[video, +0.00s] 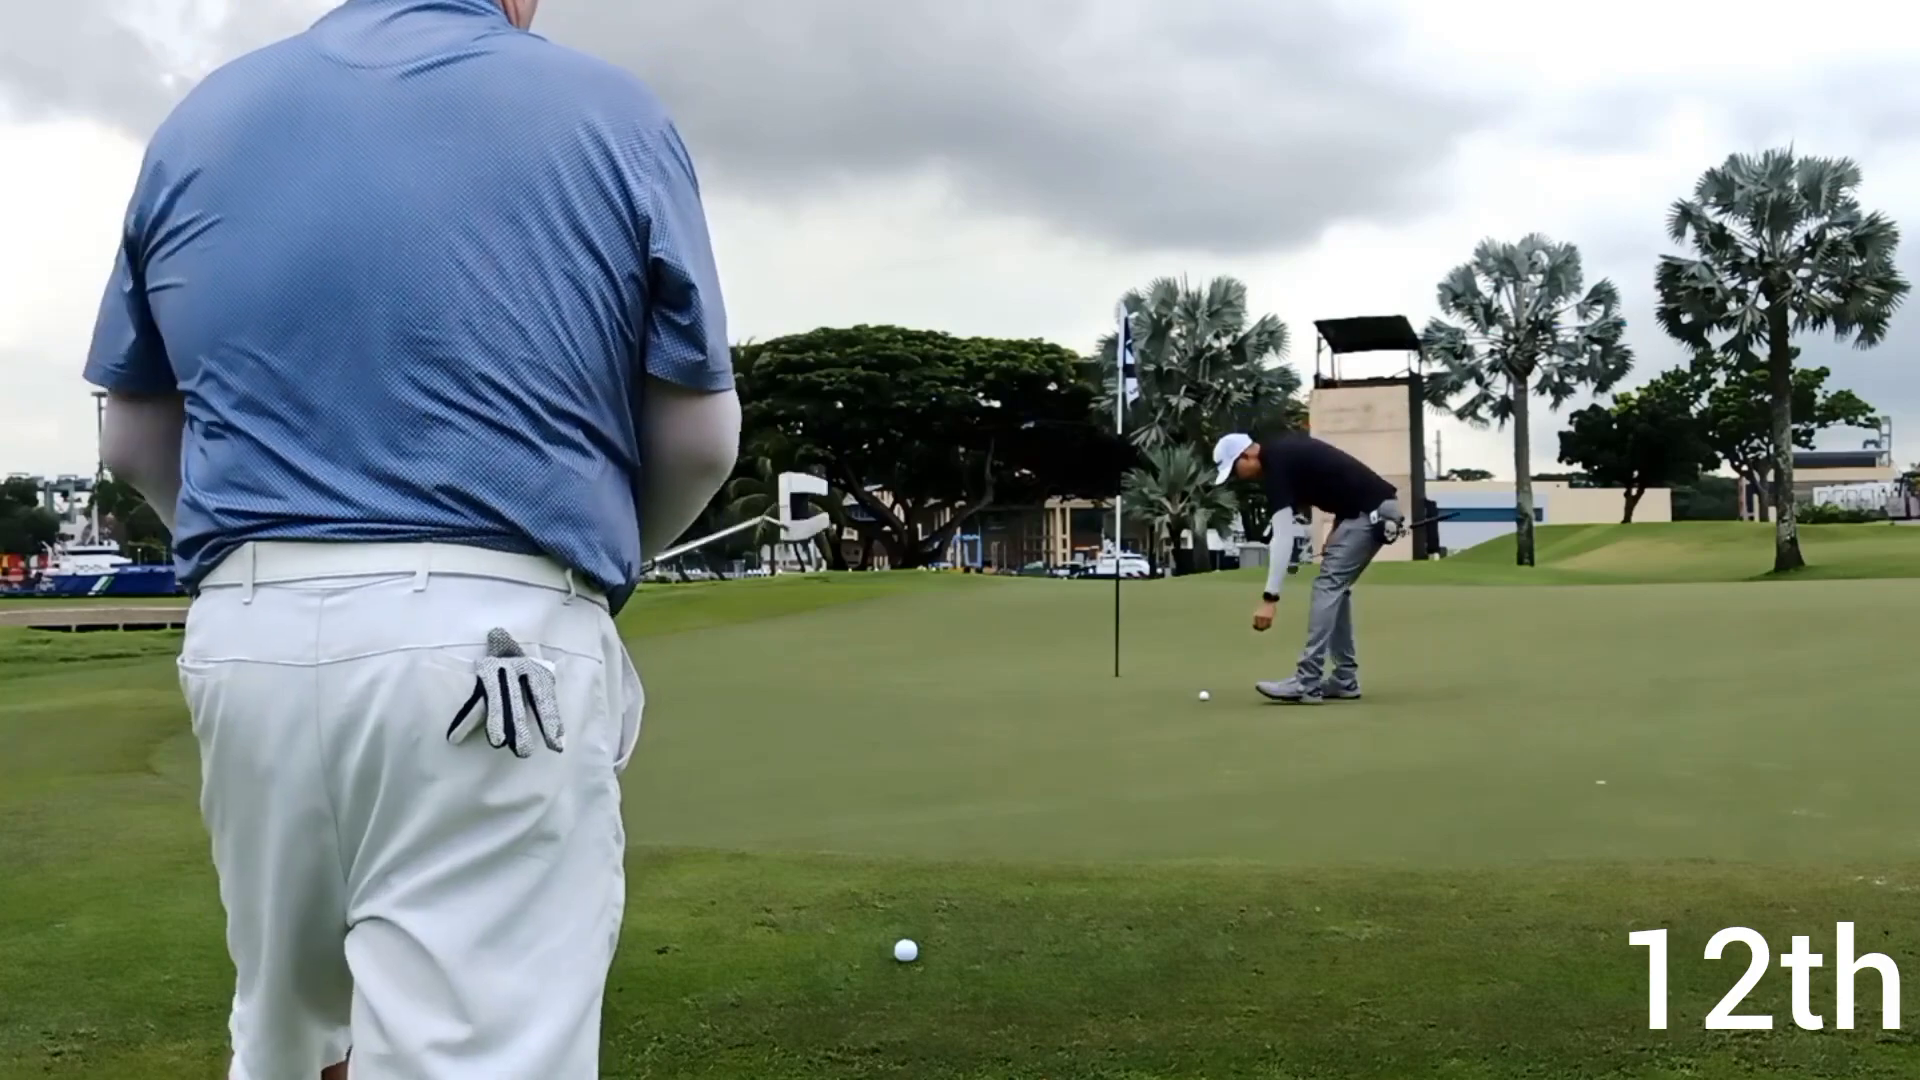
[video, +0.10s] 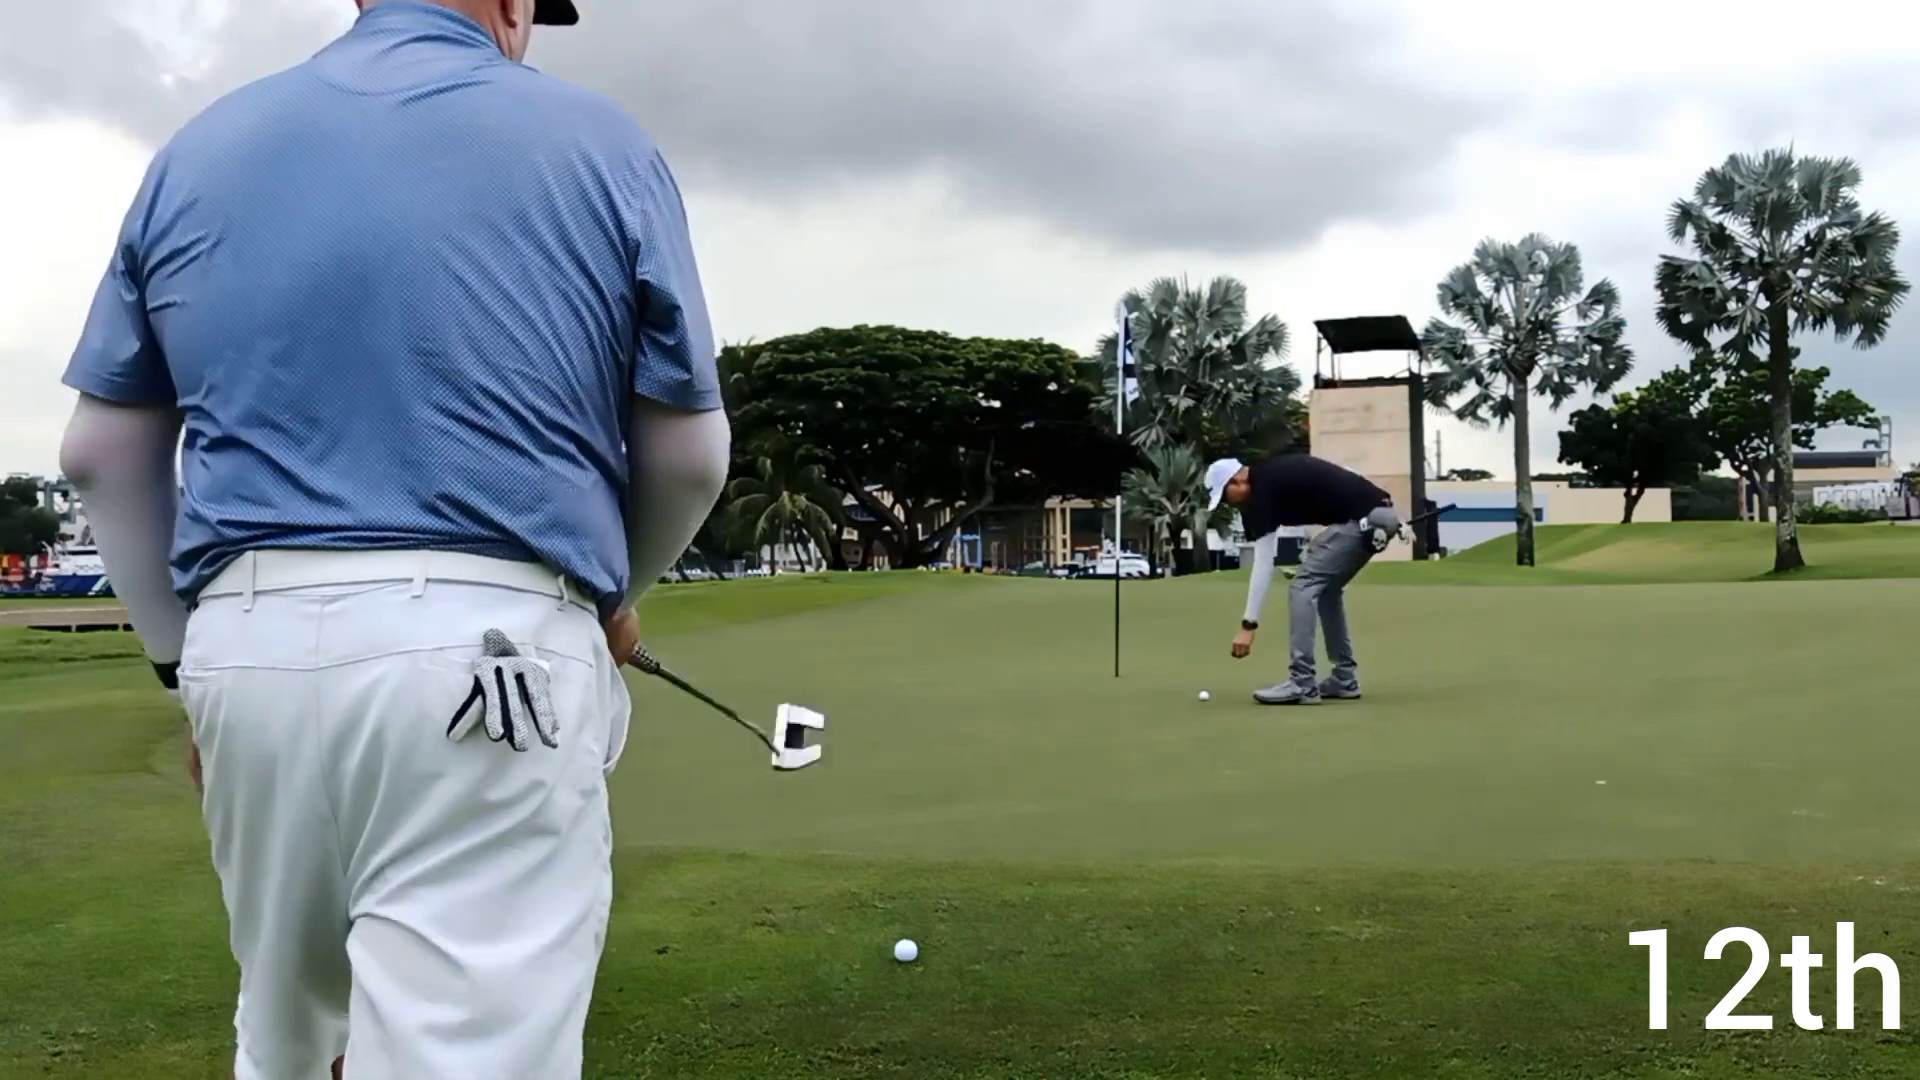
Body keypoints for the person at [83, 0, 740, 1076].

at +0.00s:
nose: (546, 22)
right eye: (546, 17)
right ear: (521, 4)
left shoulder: (206, 112)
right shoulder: (608, 108)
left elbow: (137, 436)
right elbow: (698, 439)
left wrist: (275, 536)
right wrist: (577, 552)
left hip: (250, 625)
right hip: (499, 620)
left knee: (286, 1043)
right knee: (473, 1055)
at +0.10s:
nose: (531, 39)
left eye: (535, 23)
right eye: (536, 21)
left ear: (367, 10)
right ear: (507, 11)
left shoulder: (200, 147)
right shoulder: (600, 139)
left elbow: (107, 452)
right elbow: (689, 457)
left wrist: (192, 668)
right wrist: (611, 587)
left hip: (252, 630)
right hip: (499, 623)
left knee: (287, 1037)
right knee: (466, 1052)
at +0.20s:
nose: (511, 74)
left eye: (518, 56)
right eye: (520, 49)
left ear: (347, 25)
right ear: (496, 26)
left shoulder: (196, 179)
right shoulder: (582, 172)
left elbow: (69, 444)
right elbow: (677, 468)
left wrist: (96, 701)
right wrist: (614, 629)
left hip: (241, 640)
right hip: (483, 634)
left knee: (288, 1028)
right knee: (447, 1059)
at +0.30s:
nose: (496, 84)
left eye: (502, 64)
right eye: (500, 58)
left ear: (333, 38)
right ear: (474, 46)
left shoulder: (186, 187)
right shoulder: (561, 190)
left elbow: (49, 418)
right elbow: (662, 456)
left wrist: (30, 673)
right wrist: (613, 659)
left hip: (235, 625)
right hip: (468, 627)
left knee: (286, 1008)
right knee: (437, 1046)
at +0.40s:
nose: (478, 82)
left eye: (482, 63)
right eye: (479, 56)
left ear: (318, 39)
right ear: (454, 45)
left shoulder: (175, 179)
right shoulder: (537, 187)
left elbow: (45, 391)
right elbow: (637, 424)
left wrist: (17, 639)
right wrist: (601, 649)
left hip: (229, 612)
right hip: (453, 615)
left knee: (278, 1000)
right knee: (460, 1003)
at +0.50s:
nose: (462, 82)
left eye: (468, 64)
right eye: (466, 57)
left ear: (309, 37)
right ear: (439, 44)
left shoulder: (168, 173)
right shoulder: (517, 176)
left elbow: (45, 386)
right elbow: (621, 398)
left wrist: (32, 624)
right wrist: (598, 615)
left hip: (226, 593)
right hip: (441, 590)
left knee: (270, 989)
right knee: (472, 948)